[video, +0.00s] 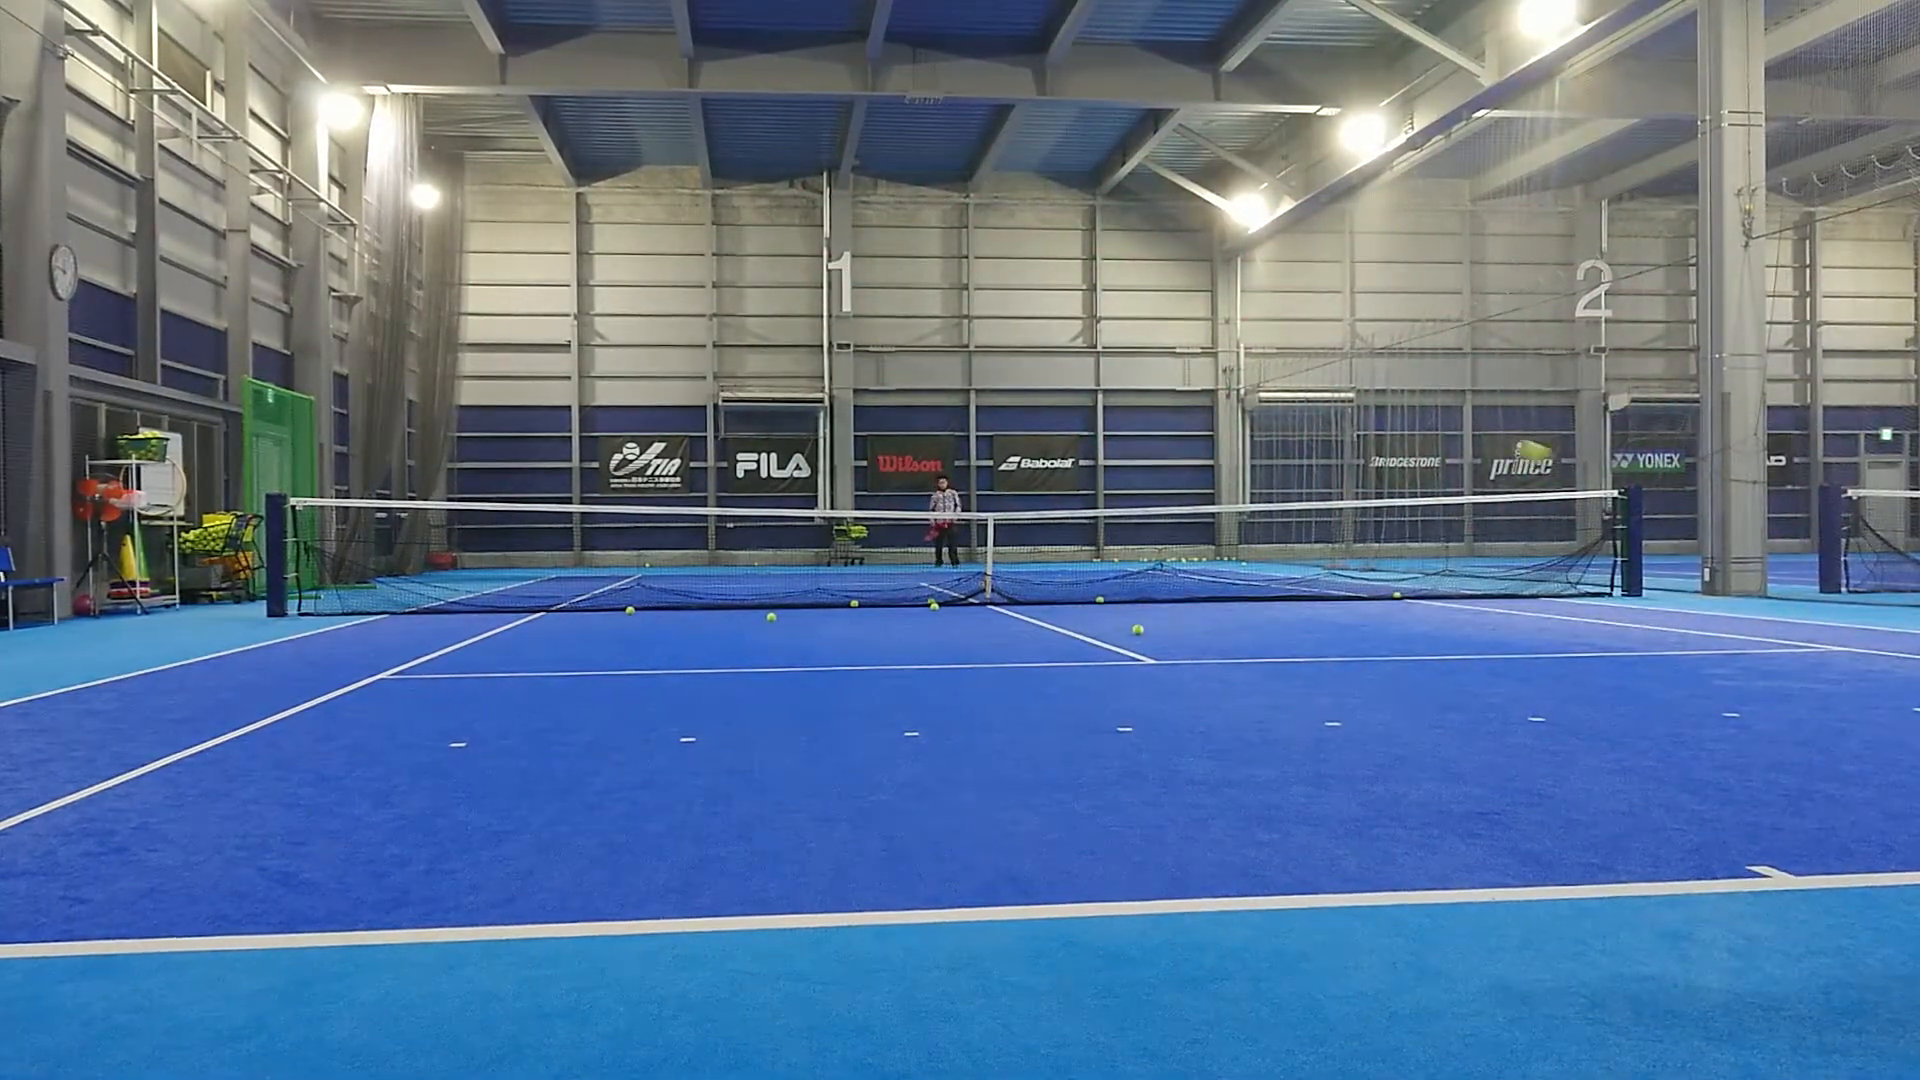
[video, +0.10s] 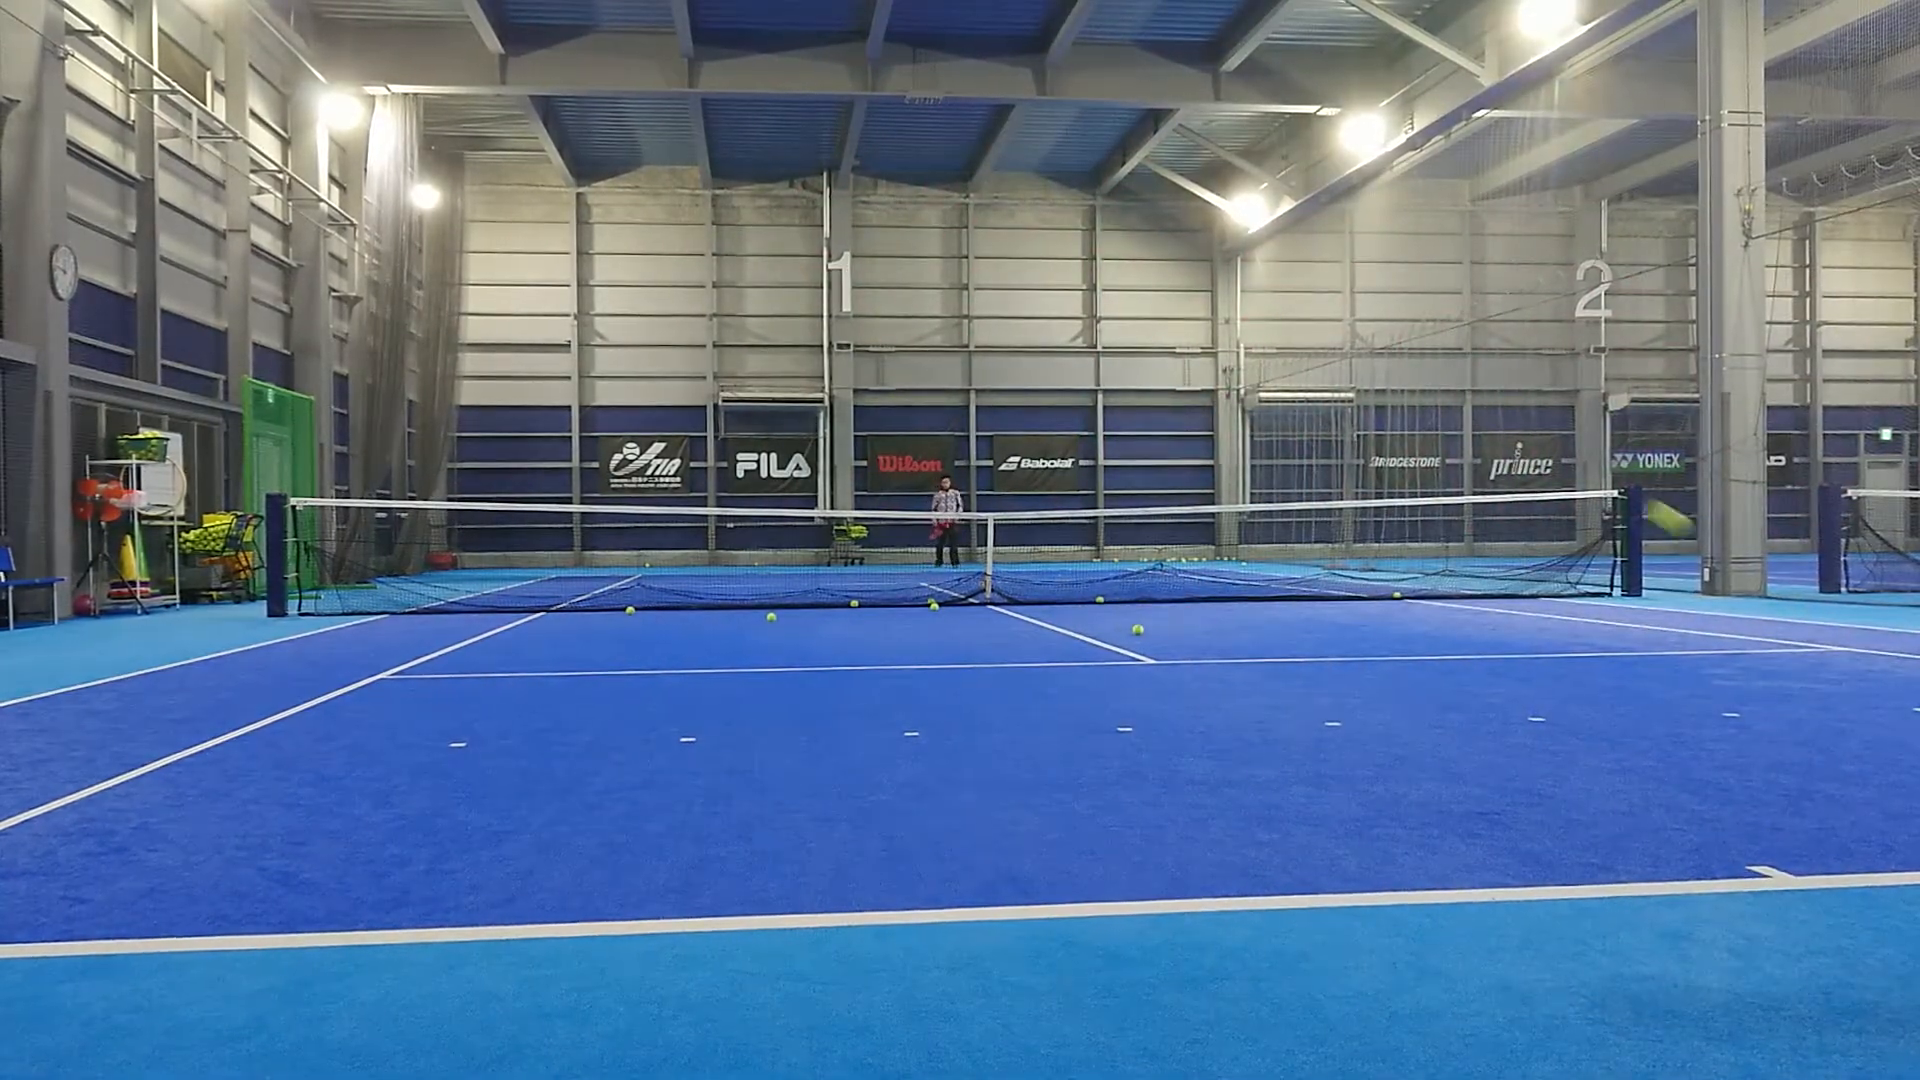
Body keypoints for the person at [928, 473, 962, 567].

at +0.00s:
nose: (942, 484)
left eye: (944, 482)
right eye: (940, 482)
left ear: (947, 483)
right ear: (937, 484)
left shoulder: (953, 493)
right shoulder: (935, 495)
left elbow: (958, 506)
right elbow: (931, 509)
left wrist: (956, 516)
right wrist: (932, 520)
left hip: (951, 522)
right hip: (939, 523)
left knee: (952, 544)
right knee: (938, 544)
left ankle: (955, 562)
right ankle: (938, 561)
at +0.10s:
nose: (945, 484)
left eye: (947, 482)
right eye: (943, 482)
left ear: (950, 483)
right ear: (940, 484)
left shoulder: (956, 494)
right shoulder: (938, 495)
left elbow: (960, 506)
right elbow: (933, 509)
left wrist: (957, 516)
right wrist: (934, 520)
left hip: (952, 522)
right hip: (941, 522)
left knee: (953, 544)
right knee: (939, 544)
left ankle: (955, 562)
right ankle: (939, 561)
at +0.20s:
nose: (948, 483)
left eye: (950, 481)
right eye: (946, 481)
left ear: (952, 482)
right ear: (943, 483)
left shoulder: (958, 493)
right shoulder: (940, 494)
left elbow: (962, 505)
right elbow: (935, 507)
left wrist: (959, 515)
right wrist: (939, 516)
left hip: (954, 521)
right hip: (942, 522)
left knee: (954, 545)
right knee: (940, 544)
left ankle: (955, 563)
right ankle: (938, 562)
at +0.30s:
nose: (950, 483)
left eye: (952, 480)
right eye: (948, 481)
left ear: (954, 482)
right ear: (945, 482)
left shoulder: (959, 493)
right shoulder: (941, 493)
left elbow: (963, 505)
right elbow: (937, 506)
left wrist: (959, 514)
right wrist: (940, 515)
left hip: (955, 520)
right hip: (944, 520)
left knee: (955, 544)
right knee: (941, 543)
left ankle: (955, 562)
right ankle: (940, 559)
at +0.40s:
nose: (951, 482)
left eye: (953, 480)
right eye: (949, 480)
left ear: (955, 482)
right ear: (946, 482)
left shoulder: (960, 492)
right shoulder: (942, 493)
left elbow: (963, 505)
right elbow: (938, 505)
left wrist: (959, 514)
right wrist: (940, 515)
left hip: (955, 521)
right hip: (944, 521)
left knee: (955, 544)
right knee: (941, 543)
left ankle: (955, 561)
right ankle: (941, 560)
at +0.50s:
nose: (952, 482)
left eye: (954, 480)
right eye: (950, 480)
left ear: (956, 482)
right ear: (946, 481)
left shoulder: (960, 492)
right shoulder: (942, 493)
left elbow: (963, 504)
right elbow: (938, 505)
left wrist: (959, 515)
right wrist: (941, 515)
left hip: (955, 522)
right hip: (944, 522)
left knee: (955, 544)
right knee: (941, 544)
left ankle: (955, 562)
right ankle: (939, 562)